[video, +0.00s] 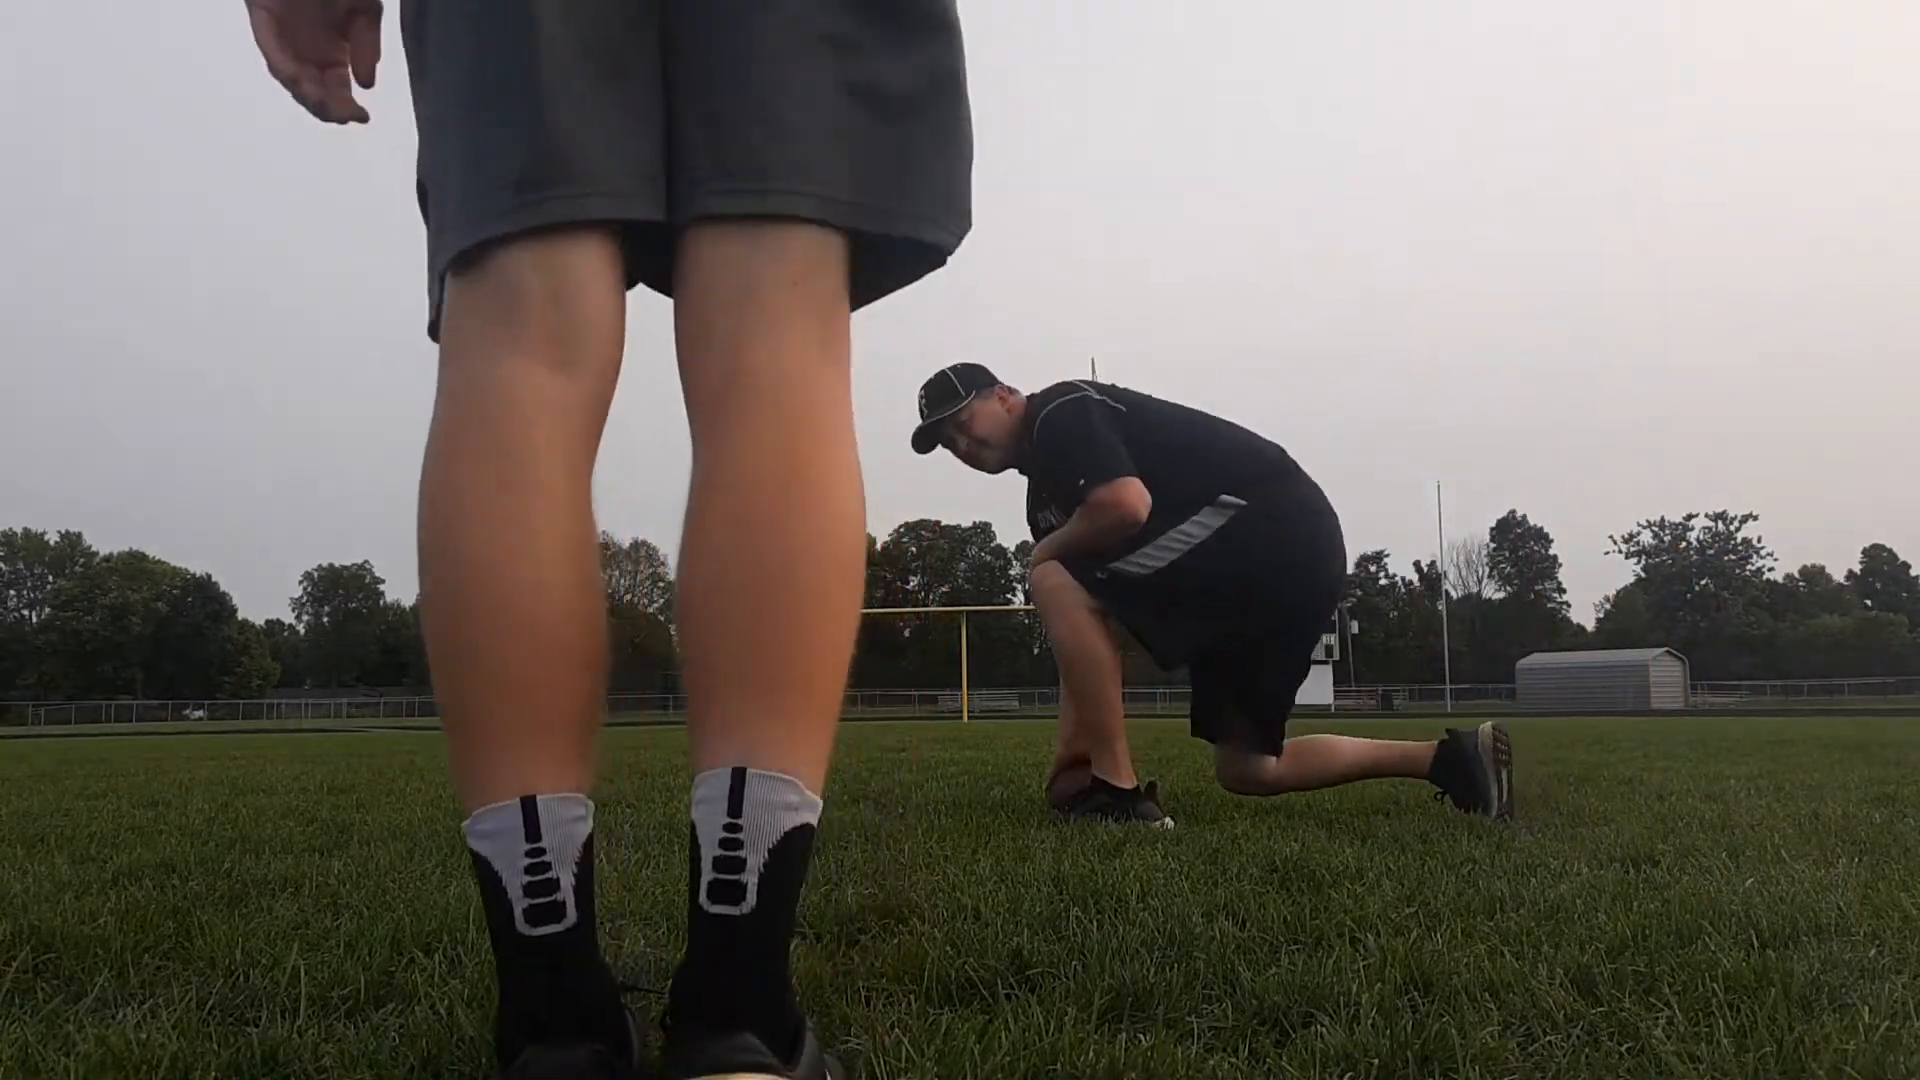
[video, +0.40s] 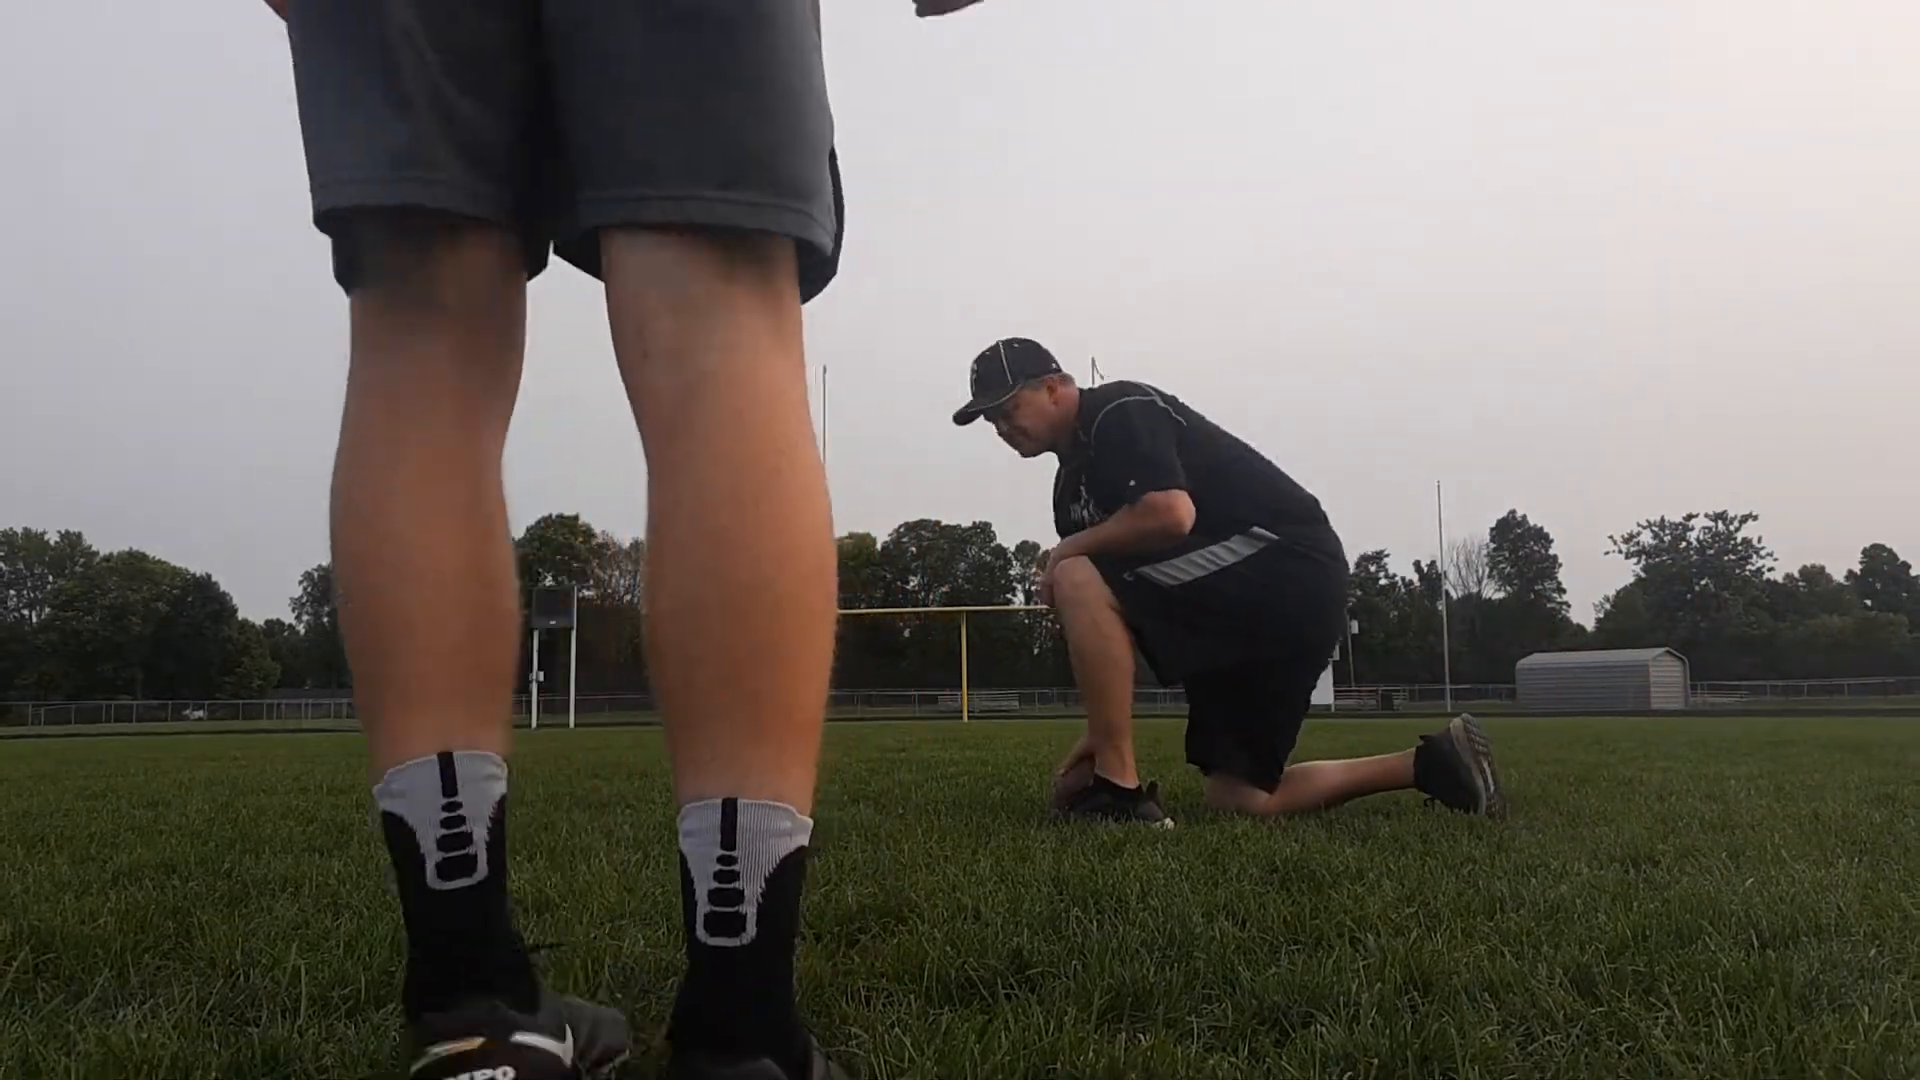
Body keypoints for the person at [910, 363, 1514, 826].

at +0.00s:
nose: (959, 448)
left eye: (959, 427)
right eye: (947, 443)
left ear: (996, 396)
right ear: (966, 446)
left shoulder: (1062, 411)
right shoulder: (1051, 498)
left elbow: (1127, 503)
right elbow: (1089, 630)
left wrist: (1045, 554)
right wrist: (1070, 755)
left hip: (1263, 522)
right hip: (1304, 554)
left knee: (1056, 578)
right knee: (1247, 767)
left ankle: (1120, 786)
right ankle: (1444, 759)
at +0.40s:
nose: (1003, 435)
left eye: (1005, 415)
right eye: (995, 424)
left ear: (1050, 388)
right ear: (1024, 409)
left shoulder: (1118, 408)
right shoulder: (1072, 495)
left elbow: (1169, 514)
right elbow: (1121, 622)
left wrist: (1065, 552)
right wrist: (1094, 748)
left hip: (1286, 559)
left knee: (1076, 576)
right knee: (1238, 797)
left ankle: (1120, 789)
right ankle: (1426, 764)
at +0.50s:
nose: (1020, 410)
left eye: (1024, 392)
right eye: (1014, 399)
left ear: (1071, 369)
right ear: (1048, 388)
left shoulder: (1141, 398)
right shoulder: (1095, 479)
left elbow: (1175, 510)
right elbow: (1127, 620)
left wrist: (1080, 552)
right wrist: (1095, 748)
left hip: (1285, 559)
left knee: (1084, 578)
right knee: (1236, 796)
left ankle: (1123, 788)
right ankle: (1427, 767)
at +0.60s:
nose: (1046, 390)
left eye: (1048, 372)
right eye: (1040, 379)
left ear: (1091, 352)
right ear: (1089, 357)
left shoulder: (1158, 385)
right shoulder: (1117, 445)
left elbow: (1179, 503)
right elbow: (1138, 592)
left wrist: (1090, 553)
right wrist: (1123, 710)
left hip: (1289, 565)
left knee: (1085, 575)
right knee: (1238, 796)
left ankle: (1119, 785)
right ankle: (1428, 767)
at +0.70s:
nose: (1067, 374)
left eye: (1067, 357)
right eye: (1060, 363)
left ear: (1110, 336)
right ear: (1114, 341)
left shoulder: (1169, 377)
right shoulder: (1153, 413)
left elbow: (1179, 497)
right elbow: (1188, 547)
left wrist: (1091, 557)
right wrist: (1147, 658)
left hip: (1287, 562)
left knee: (1088, 577)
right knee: (1238, 795)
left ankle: (1120, 786)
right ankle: (1428, 766)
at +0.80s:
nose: (1085, 359)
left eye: (1087, 341)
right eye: (1078, 348)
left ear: (1129, 320)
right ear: (1132, 321)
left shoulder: (1182, 371)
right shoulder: (1189, 377)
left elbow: (1175, 500)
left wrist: (1101, 564)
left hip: (1287, 562)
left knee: (1089, 579)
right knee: (1236, 796)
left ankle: (1120, 788)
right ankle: (1429, 768)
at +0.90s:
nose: (1099, 349)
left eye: (1102, 330)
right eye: (1094, 336)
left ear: (1145, 311)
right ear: (1149, 312)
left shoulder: (1188, 370)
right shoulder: (1203, 369)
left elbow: (1184, 503)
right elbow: (1204, 512)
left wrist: (1104, 562)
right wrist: (1121, 570)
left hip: (1280, 562)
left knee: (1084, 581)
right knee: (1237, 797)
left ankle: (1120, 786)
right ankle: (1430, 768)